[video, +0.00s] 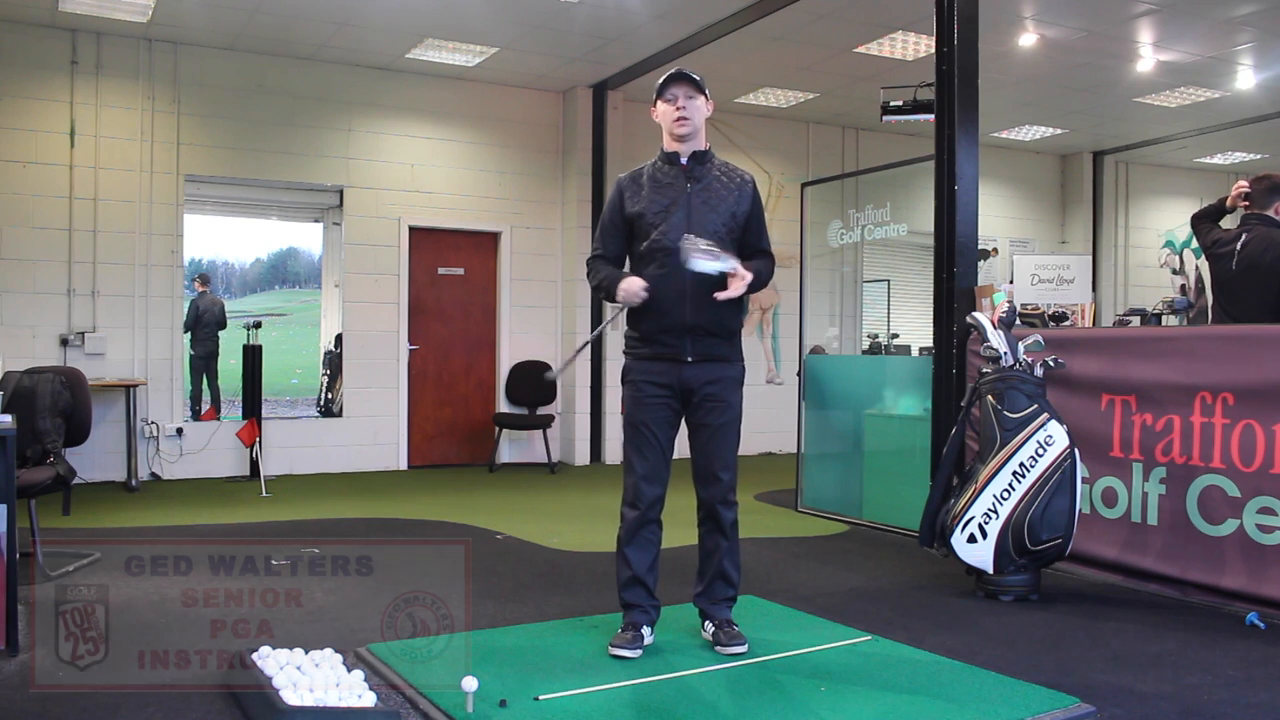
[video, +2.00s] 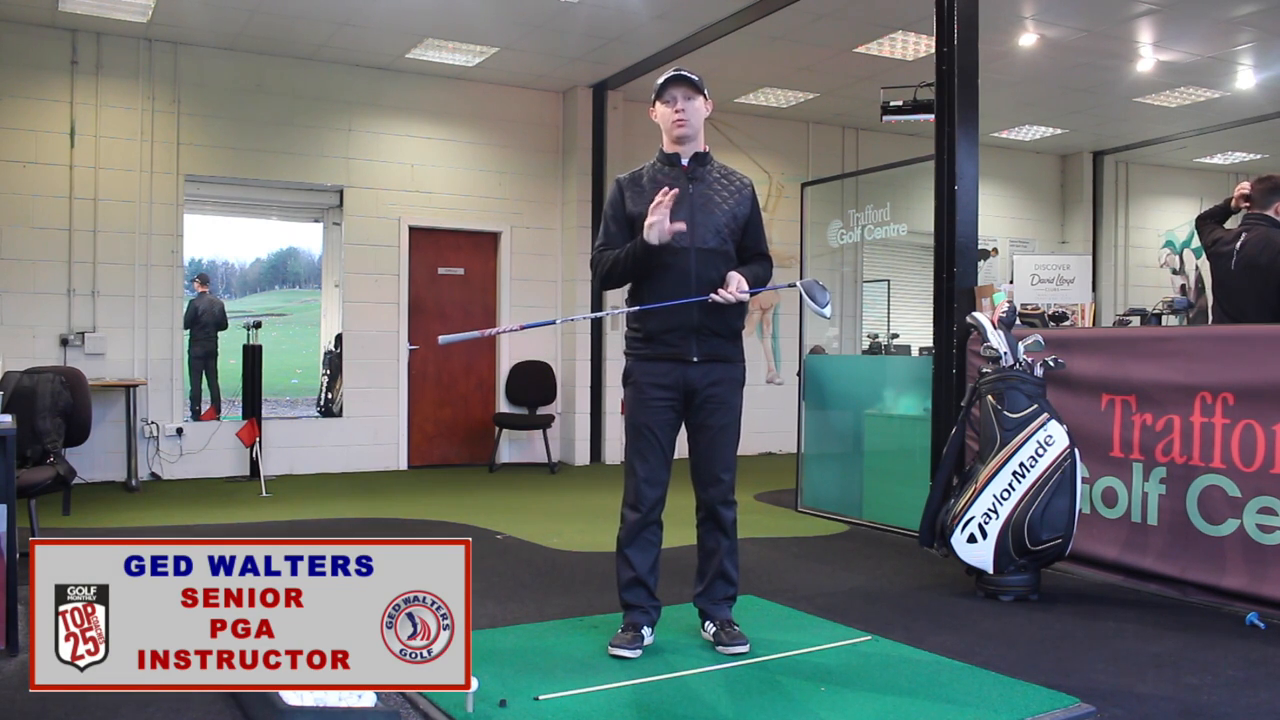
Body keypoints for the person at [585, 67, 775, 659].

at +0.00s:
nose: (680, 106)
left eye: (690, 97)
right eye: (670, 98)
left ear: (709, 110)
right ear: (655, 114)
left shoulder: (739, 185)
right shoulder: (631, 187)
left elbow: (762, 260)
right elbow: (600, 264)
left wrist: (749, 275)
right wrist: (618, 284)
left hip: (718, 362)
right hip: (649, 361)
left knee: (718, 494)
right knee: (642, 495)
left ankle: (718, 612)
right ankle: (638, 616)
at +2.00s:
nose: (679, 107)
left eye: (689, 97)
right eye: (669, 99)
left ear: (708, 110)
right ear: (654, 114)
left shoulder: (738, 188)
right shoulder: (628, 188)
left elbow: (760, 266)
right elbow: (603, 272)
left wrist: (744, 282)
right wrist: (646, 242)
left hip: (720, 362)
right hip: (651, 360)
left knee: (717, 494)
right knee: (643, 494)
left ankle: (718, 613)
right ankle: (638, 616)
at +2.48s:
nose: (679, 105)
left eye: (690, 96)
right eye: (669, 98)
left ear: (708, 110)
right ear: (655, 113)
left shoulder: (737, 189)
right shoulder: (629, 187)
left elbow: (757, 264)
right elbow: (599, 268)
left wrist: (743, 279)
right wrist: (652, 278)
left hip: (718, 363)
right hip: (649, 362)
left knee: (716, 494)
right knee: (642, 495)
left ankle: (717, 612)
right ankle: (637, 616)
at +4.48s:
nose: (688, 118)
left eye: (697, 108)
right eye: (677, 107)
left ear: (708, 115)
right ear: (655, 113)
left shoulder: (733, 185)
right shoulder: (627, 189)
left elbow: (768, 267)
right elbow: (596, 269)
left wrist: (753, 226)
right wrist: (623, 291)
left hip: (719, 364)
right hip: (651, 364)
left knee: (717, 494)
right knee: (643, 495)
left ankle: (719, 613)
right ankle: (638, 615)